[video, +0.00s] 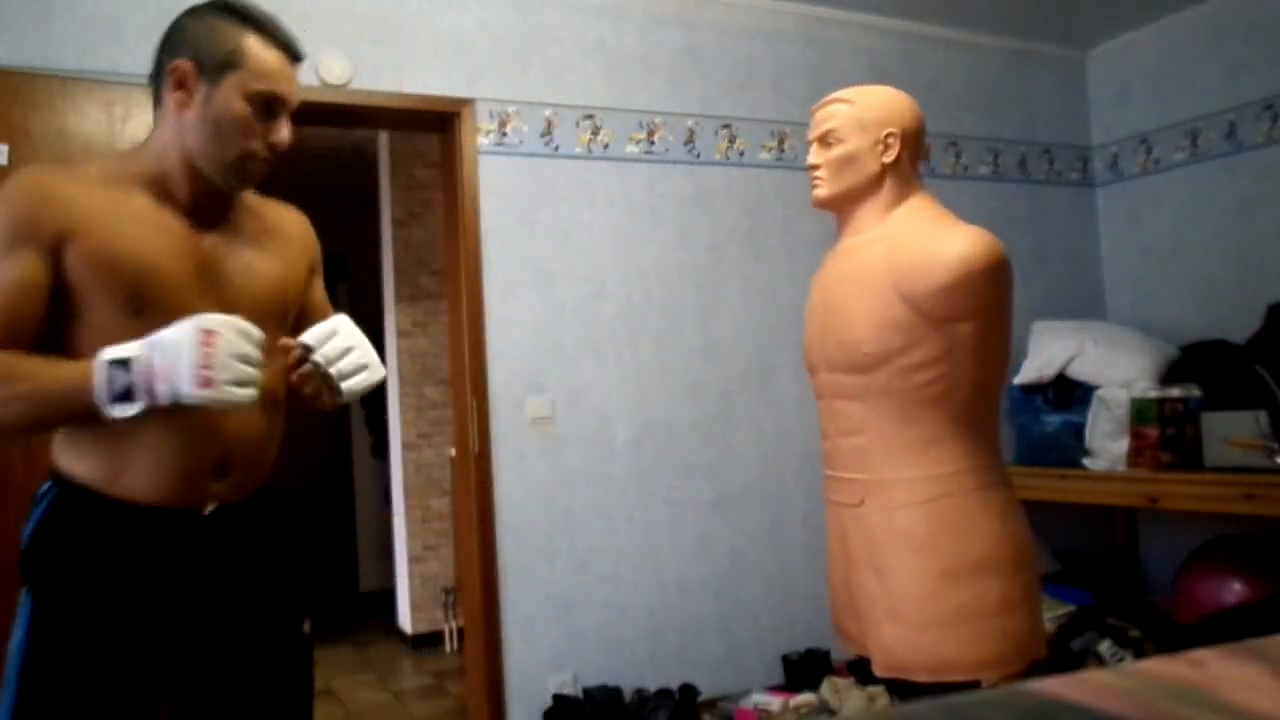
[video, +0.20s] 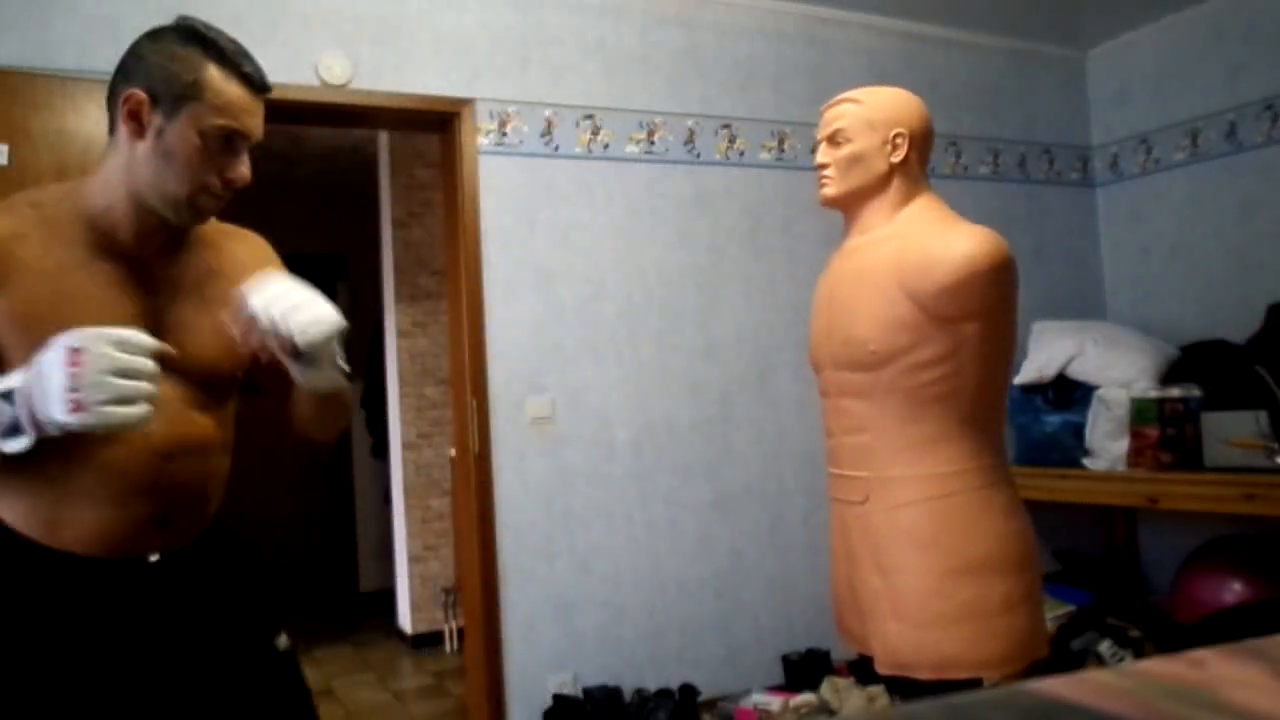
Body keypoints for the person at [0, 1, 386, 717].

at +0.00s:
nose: (283, 137)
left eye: (290, 117)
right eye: (263, 108)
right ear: (182, 90)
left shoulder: (291, 233)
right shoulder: (43, 204)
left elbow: (316, 377)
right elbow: (4, 382)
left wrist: (329, 373)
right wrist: (138, 372)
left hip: (247, 551)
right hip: (99, 552)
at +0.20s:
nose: (243, 174)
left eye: (249, 151)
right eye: (222, 143)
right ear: (136, 118)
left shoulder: (242, 259)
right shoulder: (15, 239)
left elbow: (319, 431)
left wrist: (320, 364)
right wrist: (21, 402)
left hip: (198, 577)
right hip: (47, 566)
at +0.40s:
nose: (265, 180)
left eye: (272, 158)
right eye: (246, 147)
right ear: (164, 116)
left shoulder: (245, 257)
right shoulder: (23, 230)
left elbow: (332, 390)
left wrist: (353, 292)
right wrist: (49, 476)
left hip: (204, 576)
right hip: (57, 576)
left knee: (326, 719)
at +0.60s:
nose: (342, 214)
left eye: (345, 195)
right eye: (327, 187)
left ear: (256, 169)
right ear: (254, 167)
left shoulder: (278, 269)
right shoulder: (180, 242)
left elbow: (258, 437)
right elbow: (333, 327)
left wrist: (348, 448)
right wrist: (446, 258)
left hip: (262, 594)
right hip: (165, 599)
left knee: (402, 718)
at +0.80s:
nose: (363, 189)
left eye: (362, 174)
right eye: (352, 171)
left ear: (280, 164)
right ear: (291, 163)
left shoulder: (188, 298)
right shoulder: (307, 201)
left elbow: (144, 436)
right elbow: (455, 229)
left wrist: (213, 514)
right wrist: (626, 231)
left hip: (307, 529)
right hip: (378, 475)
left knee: (453, 699)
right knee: (561, 659)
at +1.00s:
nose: (409, 229)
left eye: (413, 217)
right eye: (397, 208)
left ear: (340, 197)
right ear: (344, 188)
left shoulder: (354, 278)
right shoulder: (333, 215)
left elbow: (406, 393)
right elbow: (288, 312)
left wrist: (479, 324)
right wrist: (306, 417)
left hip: (373, 504)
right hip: (413, 427)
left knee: (490, 701)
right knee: (673, 412)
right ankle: (923, 420)